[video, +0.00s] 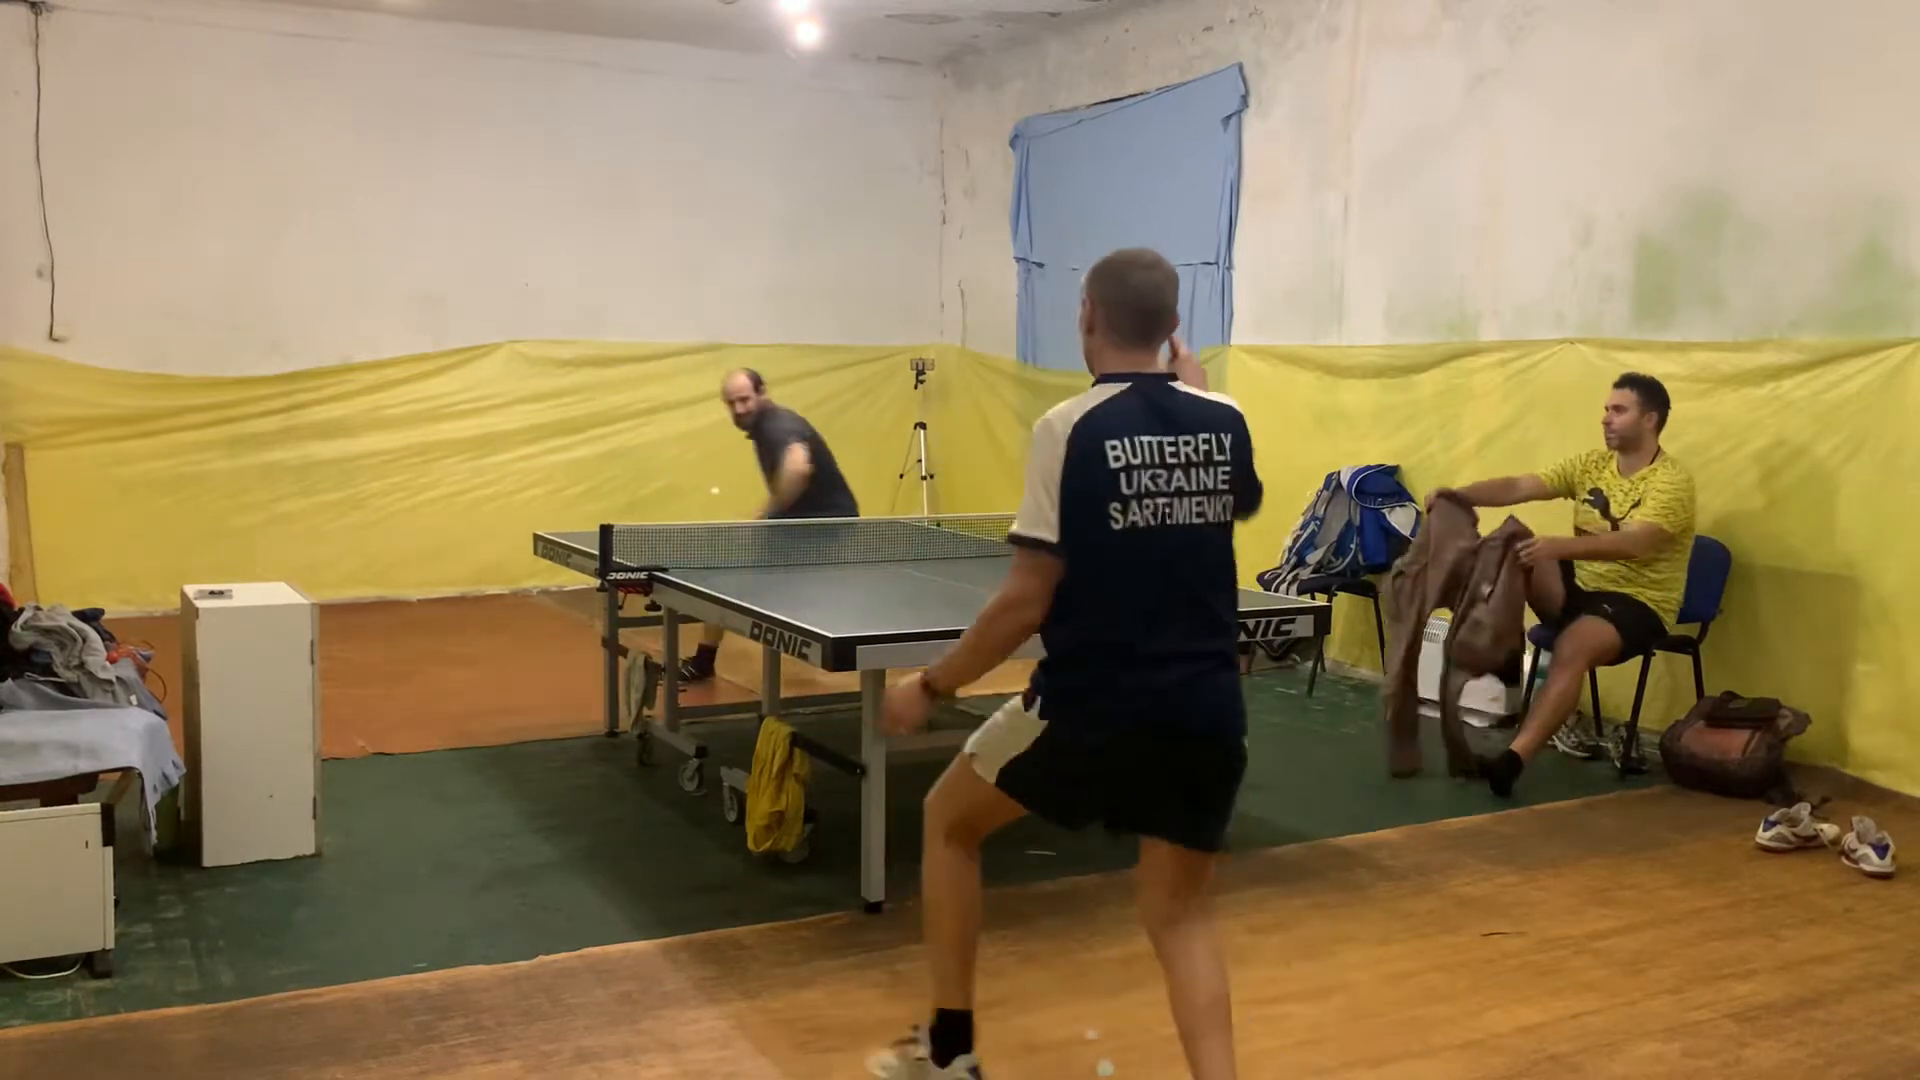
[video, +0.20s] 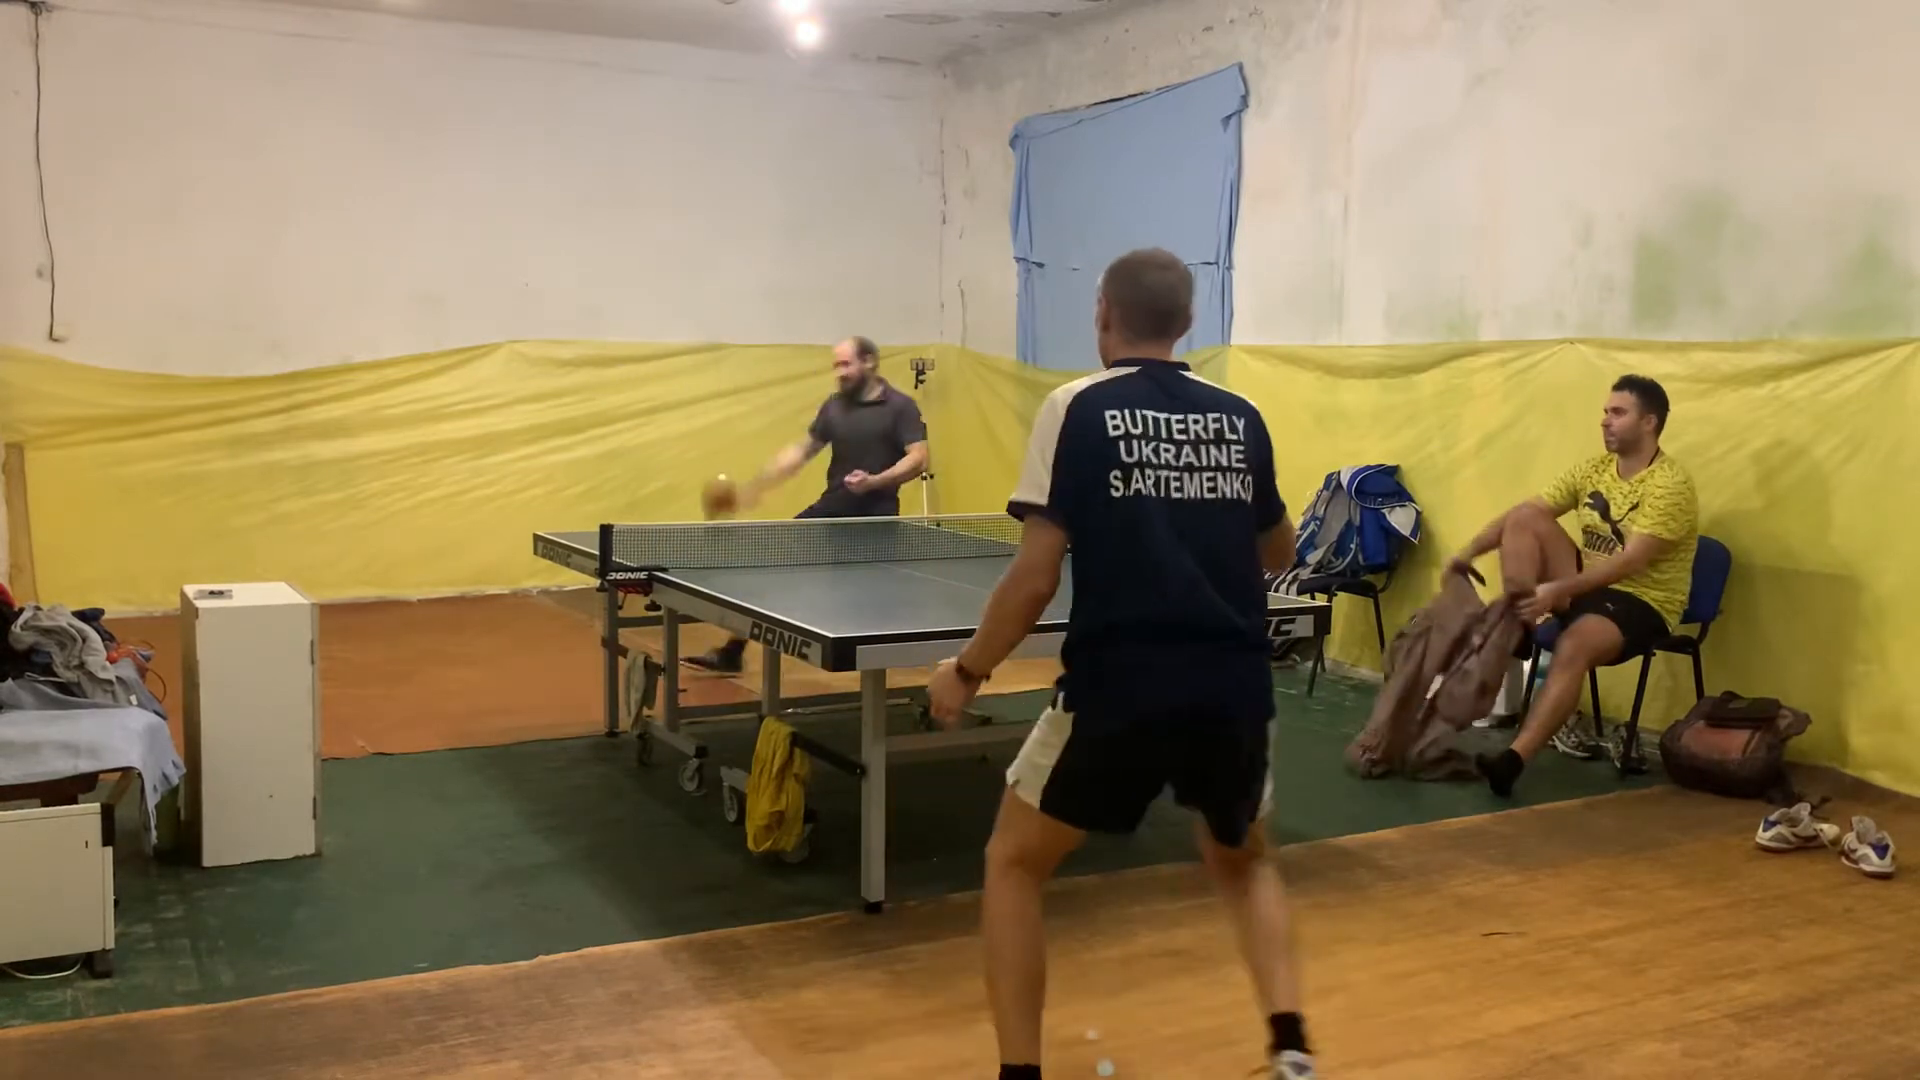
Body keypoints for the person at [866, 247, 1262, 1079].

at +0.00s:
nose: (1078, 322)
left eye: (1081, 310)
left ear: (1086, 318)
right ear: (1174, 329)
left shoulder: (1066, 428)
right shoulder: (1222, 424)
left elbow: (1029, 597)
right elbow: (1241, 502)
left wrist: (932, 684)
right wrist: (1196, 399)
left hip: (1087, 709)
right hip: (1205, 711)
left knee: (950, 820)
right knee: (1183, 909)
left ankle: (948, 1045)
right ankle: (1218, 1075)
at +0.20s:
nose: (1093, 323)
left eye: (1095, 312)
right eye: (1106, 311)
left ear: (1104, 318)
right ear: (1186, 328)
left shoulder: (1074, 409)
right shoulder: (1240, 419)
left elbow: (1039, 570)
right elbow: (1276, 549)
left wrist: (967, 669)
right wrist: (1186, 534)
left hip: (1115, 694)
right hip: (1232, 692)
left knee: (1016, 862)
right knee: (1245, 856)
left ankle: (1019, 1071)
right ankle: (1292, 1049)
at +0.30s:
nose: (1123, 330)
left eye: (1125, 318)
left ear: (1133, 326)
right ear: (1215, 337)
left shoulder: (1101, 407)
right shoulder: (1264, 422)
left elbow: (1051, 567)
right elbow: (1303, 571)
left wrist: (988, 660)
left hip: (1141, 689)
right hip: (1256, 687)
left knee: (1044, 867)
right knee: (1304, 850)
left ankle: (1026, 1072)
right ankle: (1391, 1053)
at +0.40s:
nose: (1156, 359)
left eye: (1159, 348)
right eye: (1162, 347)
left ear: (1170, 353)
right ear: (1247, 364)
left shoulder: (1136, 427)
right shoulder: (1301, 446)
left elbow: (1086, 582)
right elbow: (1339, 586)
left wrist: (1015, 670)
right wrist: (1266, 579)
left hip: (1177, 708)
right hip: (1295, 706)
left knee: (1064, 870)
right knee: (1352, 867)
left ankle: (1031, 1072)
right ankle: (1446, 1046)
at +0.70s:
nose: (1160, 400)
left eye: (1162, 389)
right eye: (1161, 389)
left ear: (1179, 384)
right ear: (1245, 396)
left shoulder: (1174, 428)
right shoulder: (1285, 461)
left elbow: (1153, 547)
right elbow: (1287, 571)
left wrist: (1033, 632)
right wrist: (1169, 584)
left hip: (1230, 690)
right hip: (1336, 688)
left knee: (1113, 870)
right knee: (1349, 873)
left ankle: (1042, 1070)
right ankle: (1449, 1055)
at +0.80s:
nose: (1140, 379)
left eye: (1145, 370)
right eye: (1144, 370)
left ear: (1159, 373)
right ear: (1217, 390)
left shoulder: (1160, 403)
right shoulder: (1236, 446)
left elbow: (1142, 489)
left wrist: (1010, 550)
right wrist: (1105, 506)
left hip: (1219, 662)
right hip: (1324, 657)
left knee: (1123, 881)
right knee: (1366, 866)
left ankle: (1050, 1069)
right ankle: (1448, 1051)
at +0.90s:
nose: (1106, 357)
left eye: (1111, 349)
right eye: (1112, 350)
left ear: (1123, 355)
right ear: (1176, 377)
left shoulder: (1124, 387)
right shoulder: (1193, 430)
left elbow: (1129, 453)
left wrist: (1039, 483)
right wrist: (1081, 459)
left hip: (1194, 655)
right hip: (1289, 647)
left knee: (1111, 872)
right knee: (1334, 844)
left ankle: (1050, 1071)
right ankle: (1445, 1030)